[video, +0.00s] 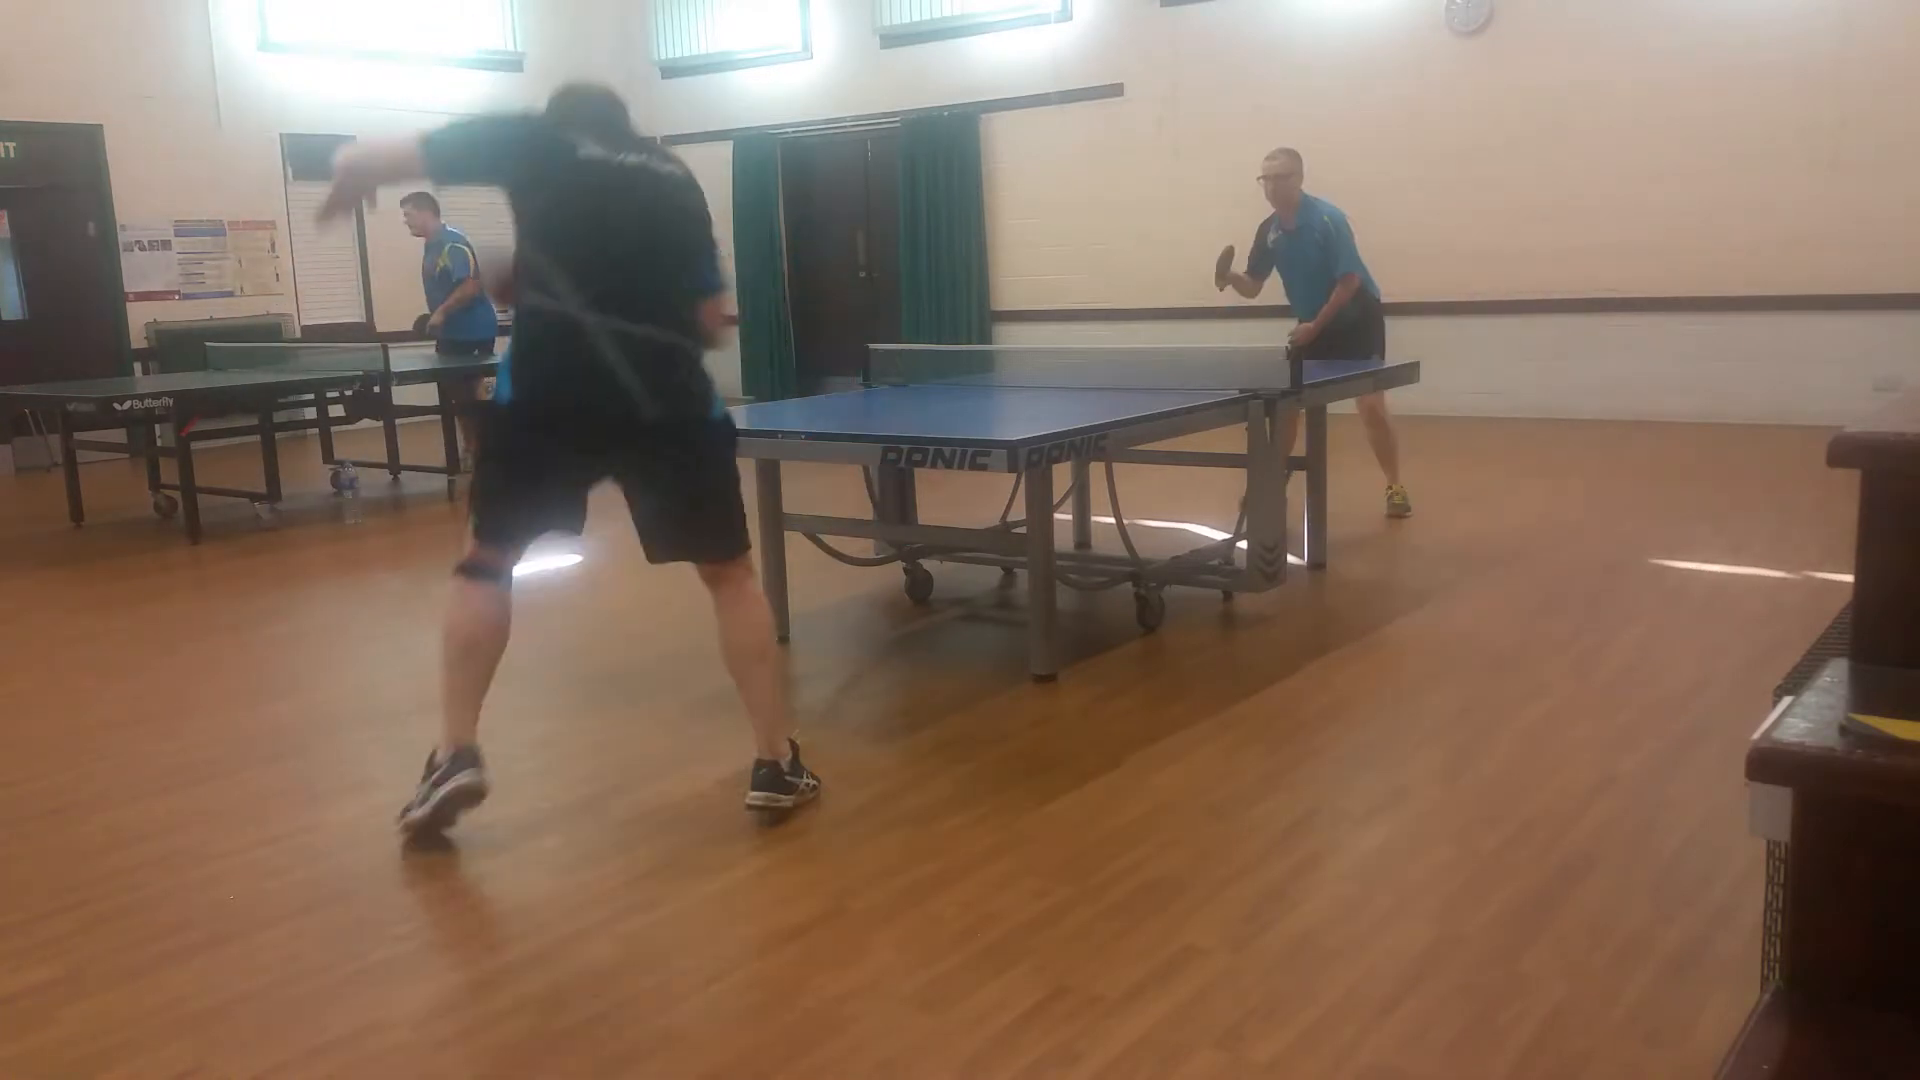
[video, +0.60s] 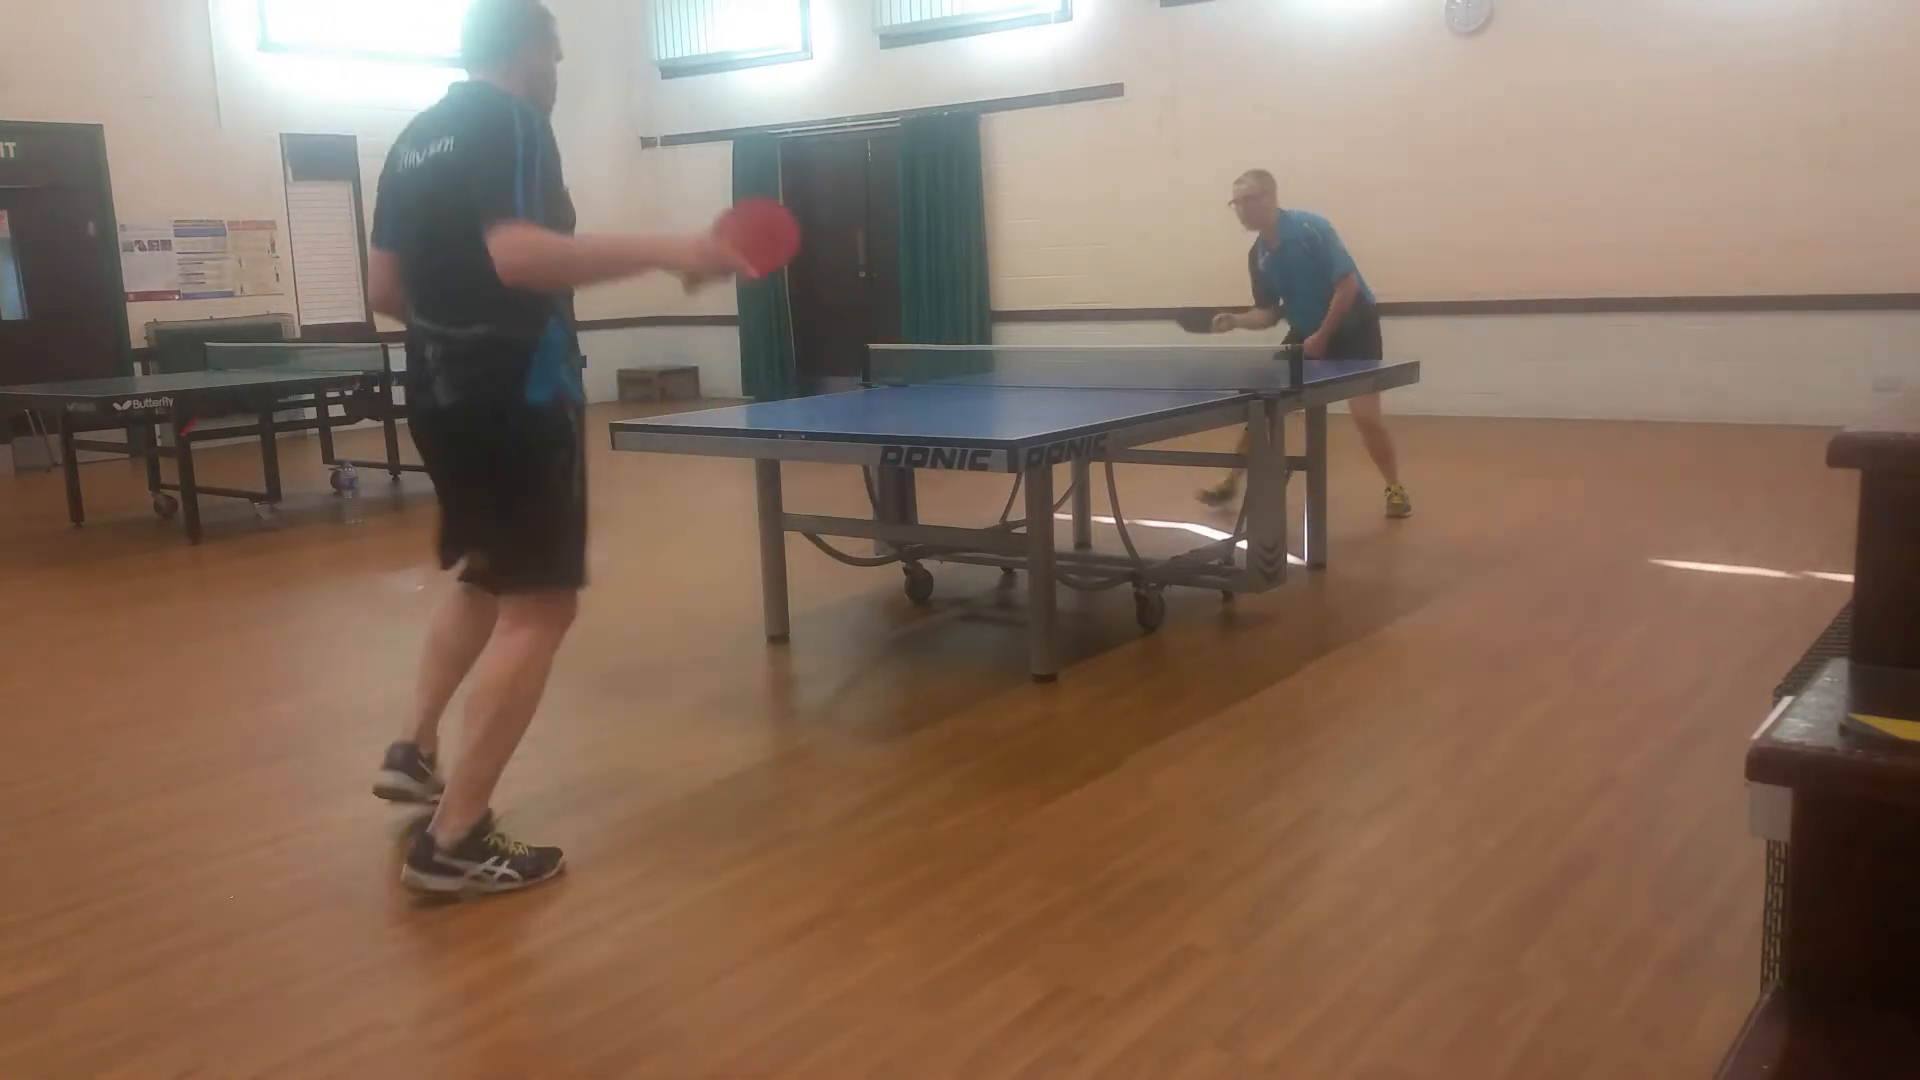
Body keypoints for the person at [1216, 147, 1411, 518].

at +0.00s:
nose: (1268, 187)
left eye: (1276, 179)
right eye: (1264, 180)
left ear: (1296, 179)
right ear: (1261, 184)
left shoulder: (1328, 219)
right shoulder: (1269, 231)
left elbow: (1350, 281)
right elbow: (1251, 287)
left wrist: (1314, 326)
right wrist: (1231, 275)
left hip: (1357, 316)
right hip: (1312, 322)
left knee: (1370, 406)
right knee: (1286, 404)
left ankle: (1394, 485)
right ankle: (1271, 488)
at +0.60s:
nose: (1237, 210)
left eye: (1243, 201)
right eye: (1234, 203)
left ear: (1268, 199)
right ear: (1235, 207)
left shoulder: (1312, 228)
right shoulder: (1259, 255)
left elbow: (1348, 285)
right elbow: (1268, 314)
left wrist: (1322, 336)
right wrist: (1235, 318)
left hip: (1351, 323)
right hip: (1306, 330)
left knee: (1365, 414)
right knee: (1265, 403)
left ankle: (1394, 486)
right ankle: (1230, 482)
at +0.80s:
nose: (1195, 241)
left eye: (1200, 231)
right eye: (1192, 234)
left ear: (1223, 227)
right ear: (1196, 238)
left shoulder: (1271, 243)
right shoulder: (1228, 285)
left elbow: (1323, 285)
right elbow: (1256, 336)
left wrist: (1308, 346)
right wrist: (1215, 328)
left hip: (1331, 338)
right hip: (1283, 349)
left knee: (1354, 420)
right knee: (1238, 416)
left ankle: (1393, 487)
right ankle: (1211, 492)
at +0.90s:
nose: (1179, 248)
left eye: (1183, 238)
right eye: (1175, 242)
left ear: (1205, 232)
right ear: (1182, 245)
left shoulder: (1258, 244)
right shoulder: (1211, 292)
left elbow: (1311, 280)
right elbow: (1229, 341)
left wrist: (1297, 339)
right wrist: (1185, 332)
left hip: (1322, 337)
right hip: (1273, 350)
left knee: (1354, 420)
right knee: (1230, 413)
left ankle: (1394, 486)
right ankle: (1210, 491)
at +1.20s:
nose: (1191, 218)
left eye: (1198, 209)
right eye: (1185, 214)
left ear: (1219, 209)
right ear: (1184, 221)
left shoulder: (1262, 233)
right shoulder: (1201, 271)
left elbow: (1312, 273)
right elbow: (1193, 326)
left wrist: (1296, 325)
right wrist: (1163, 339)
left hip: (1316, 326)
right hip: (1268, 340)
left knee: (1352, 412)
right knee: (1230, 409)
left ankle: (1399, 481)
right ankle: (1210, 493)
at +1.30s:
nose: (1217, 209)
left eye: (1224, 200)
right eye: (1211, 203)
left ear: (1243, 202)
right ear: (1208, 210)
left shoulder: (1286, 233)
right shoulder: (1220, 262)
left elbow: (1328, 280)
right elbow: (1208, 322)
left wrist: (1303, 331)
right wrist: (1174, 339)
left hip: (1323, 331)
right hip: (1275, 342)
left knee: (1357, 416)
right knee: (1234, 411)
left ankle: (1411, 472)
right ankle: (1209, 492)